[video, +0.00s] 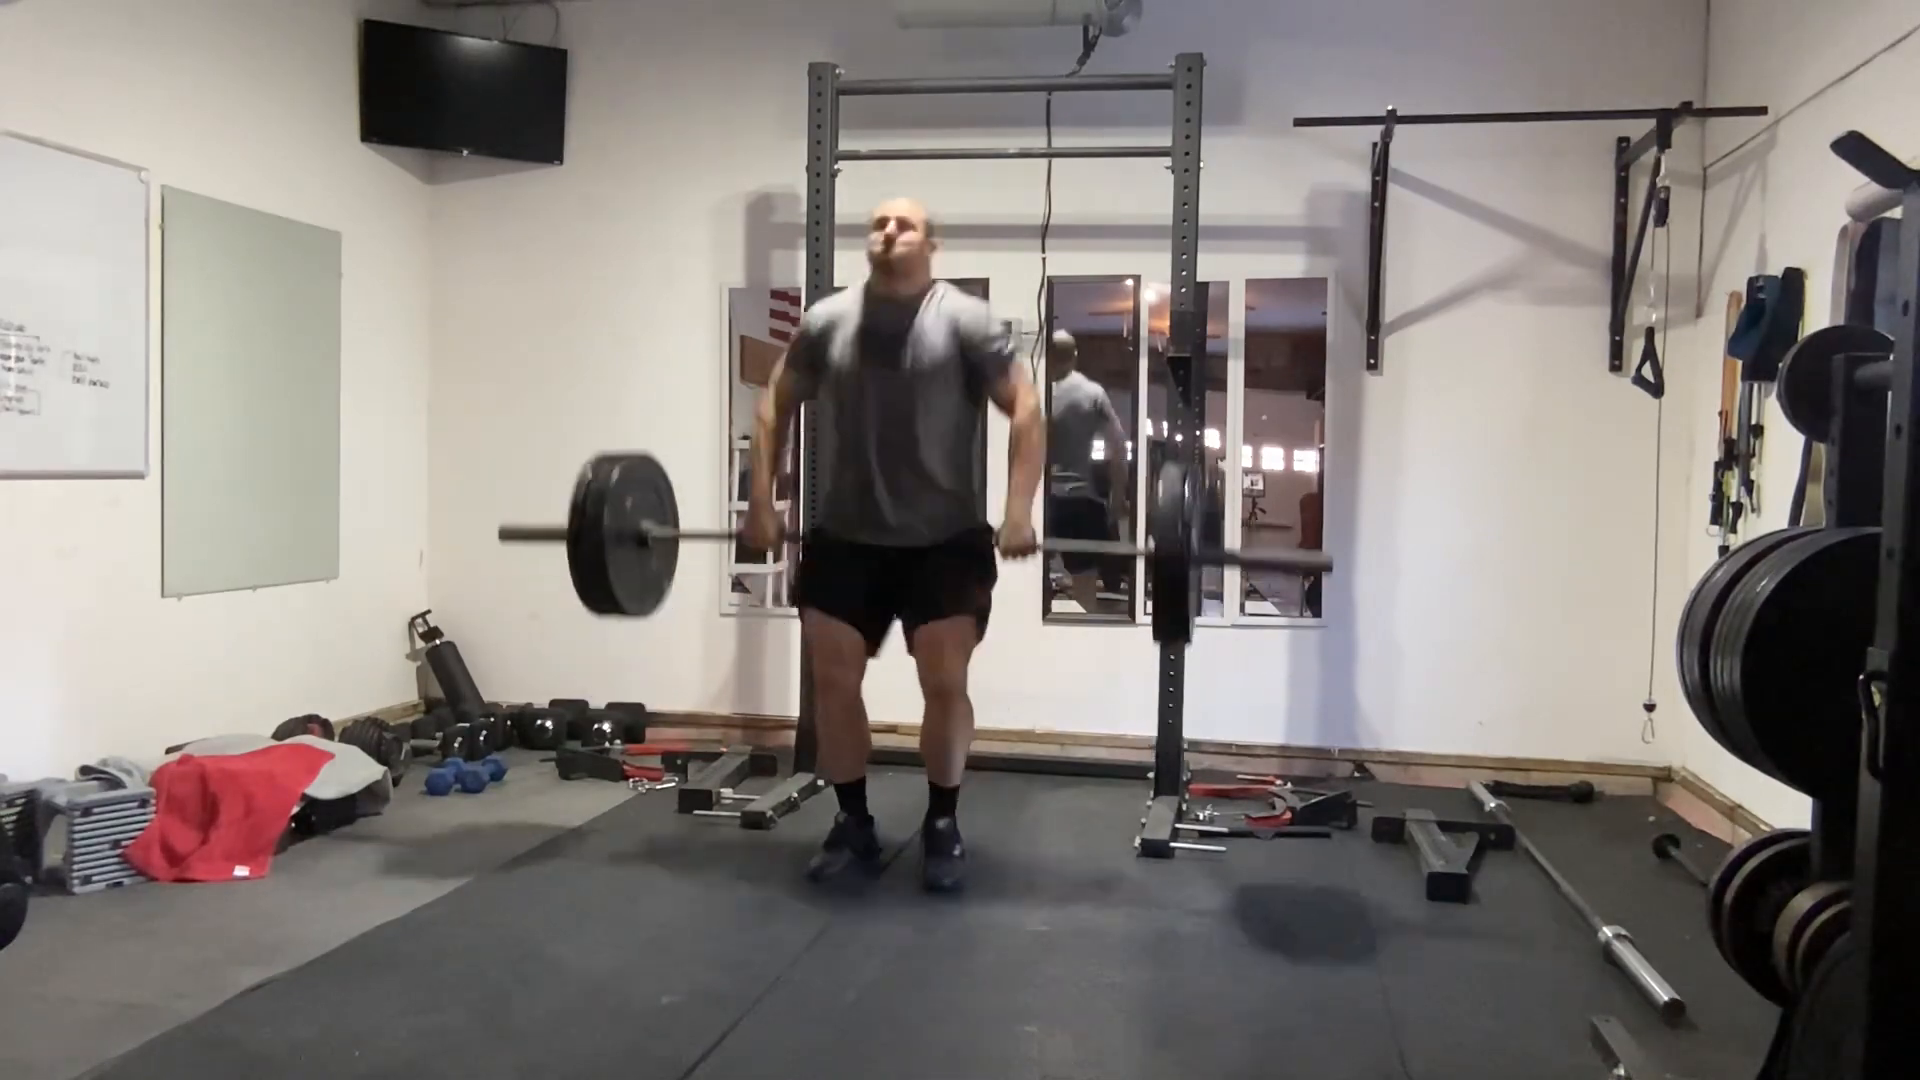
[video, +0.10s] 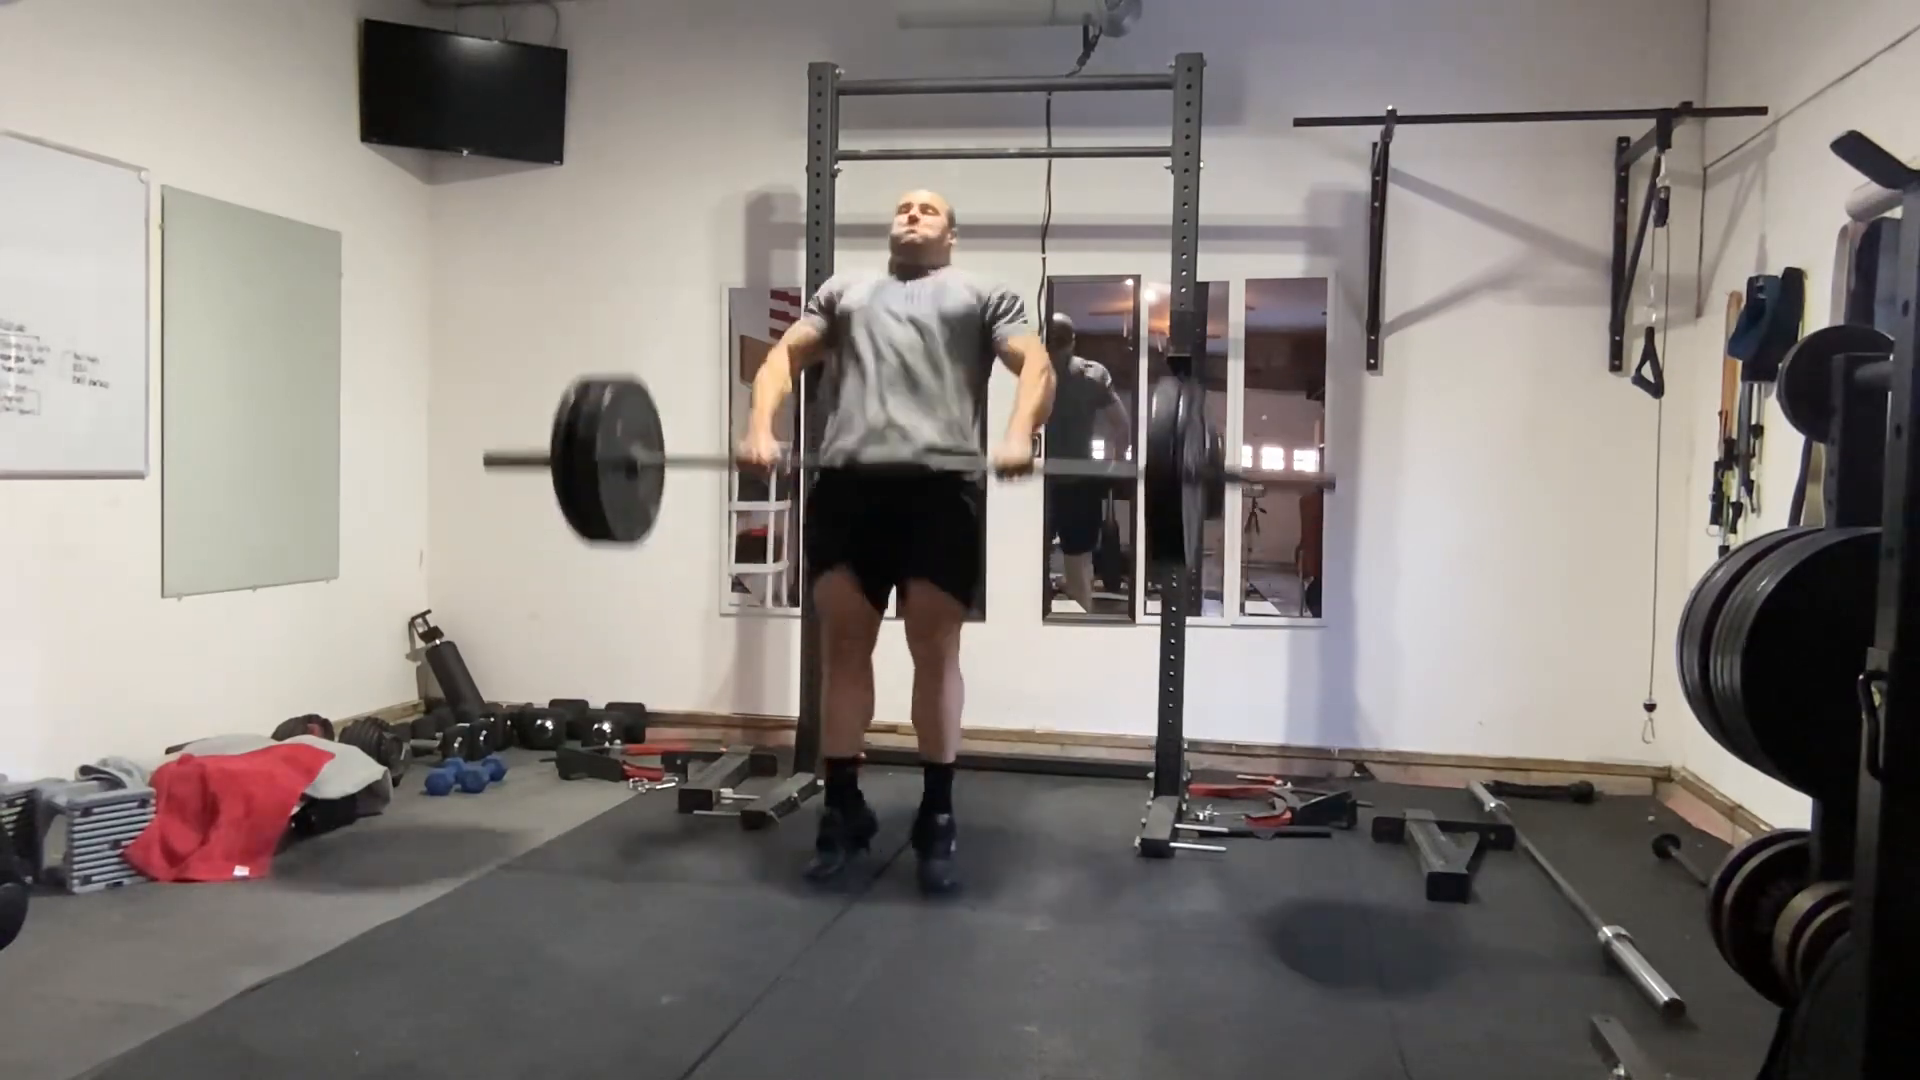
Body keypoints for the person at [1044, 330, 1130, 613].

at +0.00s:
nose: (1049, 363)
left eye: (1051, 357)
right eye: (1053, 356)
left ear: (1050, 358)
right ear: (1075, 356)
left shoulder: (1038, 394)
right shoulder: (1093, 392)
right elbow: (1117, 441)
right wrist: (1118, 494)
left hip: (1046, 495)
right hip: (1082, 494)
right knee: (1083, 576)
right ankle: (1090, 631)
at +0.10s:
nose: (1059, 346)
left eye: (1058, 340)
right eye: (1060, 340)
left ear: (1044, 341)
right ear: (1073, 340)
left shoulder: (1031, 376)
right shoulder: (1093, 374)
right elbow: (1121, 423)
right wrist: (1116, 464)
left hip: (1037, 478)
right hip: (1079, 477)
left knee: (1033, 558)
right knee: (1077, 563)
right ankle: (1082, 626)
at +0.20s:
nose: (1056, 348)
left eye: (1055, 341)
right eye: (1059, 342)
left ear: (1040, 343)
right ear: (1071, 343)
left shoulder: (1027, 377)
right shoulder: (1087, 372)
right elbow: (1126, 413)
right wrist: (1114, 436)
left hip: (1036, 484)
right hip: (1077, 481)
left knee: (1031, 566)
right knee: (1078, 567)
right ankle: (1083, 634)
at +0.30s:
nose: (1059, 353)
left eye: (1057, 347)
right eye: (1063, 347)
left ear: (1045, 350)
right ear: (1072, 350)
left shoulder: (1031, 381)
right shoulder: (1084, 382)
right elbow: (1117, 420)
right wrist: (1120, 401)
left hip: (1039, 486)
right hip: (1077, 485)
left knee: (1037, 560)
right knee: (1077, 564)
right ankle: (1081, 619)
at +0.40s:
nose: (1070, 351)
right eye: (1071, 346)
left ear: (1043, 350)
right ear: (1073, 349)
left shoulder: (1030, 385)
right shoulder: (1088, 389)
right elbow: (1120, 430)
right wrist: (1119, 400)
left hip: (1034, 488)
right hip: (1076, 489)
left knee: (1034, 567)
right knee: (1077, 572)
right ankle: (1080, 630)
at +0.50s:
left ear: (1042, 355)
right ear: (1073, 356)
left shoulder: (1027, 396)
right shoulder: (1088, 398)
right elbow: (1110, 437)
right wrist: (1114, 399)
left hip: (1034, 497)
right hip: (1076, 496)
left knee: (1032, 579)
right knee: (1077, 581)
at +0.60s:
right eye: (1074, 355)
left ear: (1042, 359)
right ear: (1074, 358)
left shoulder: (1029, 399)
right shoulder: (1084, 401)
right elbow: (1116, 429)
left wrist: (1114, 399)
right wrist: (1120, 399)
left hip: (1037, 503)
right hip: (1076, 502)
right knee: (1079, 585)